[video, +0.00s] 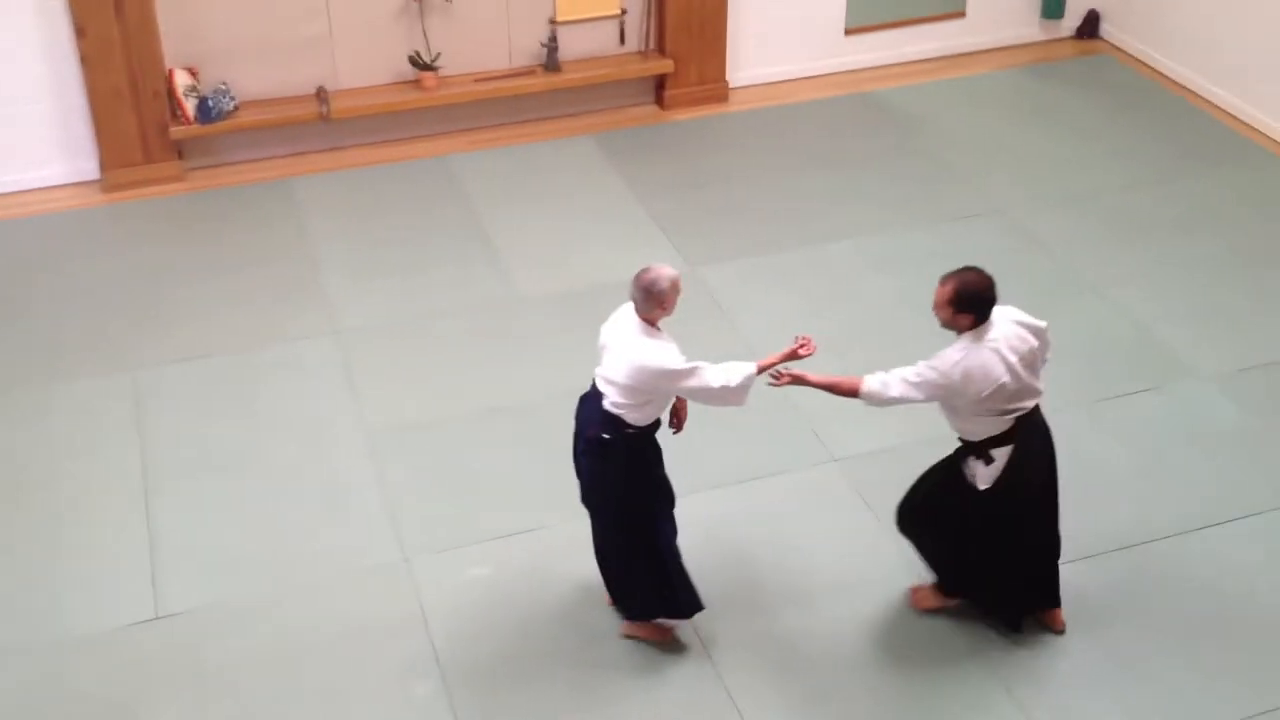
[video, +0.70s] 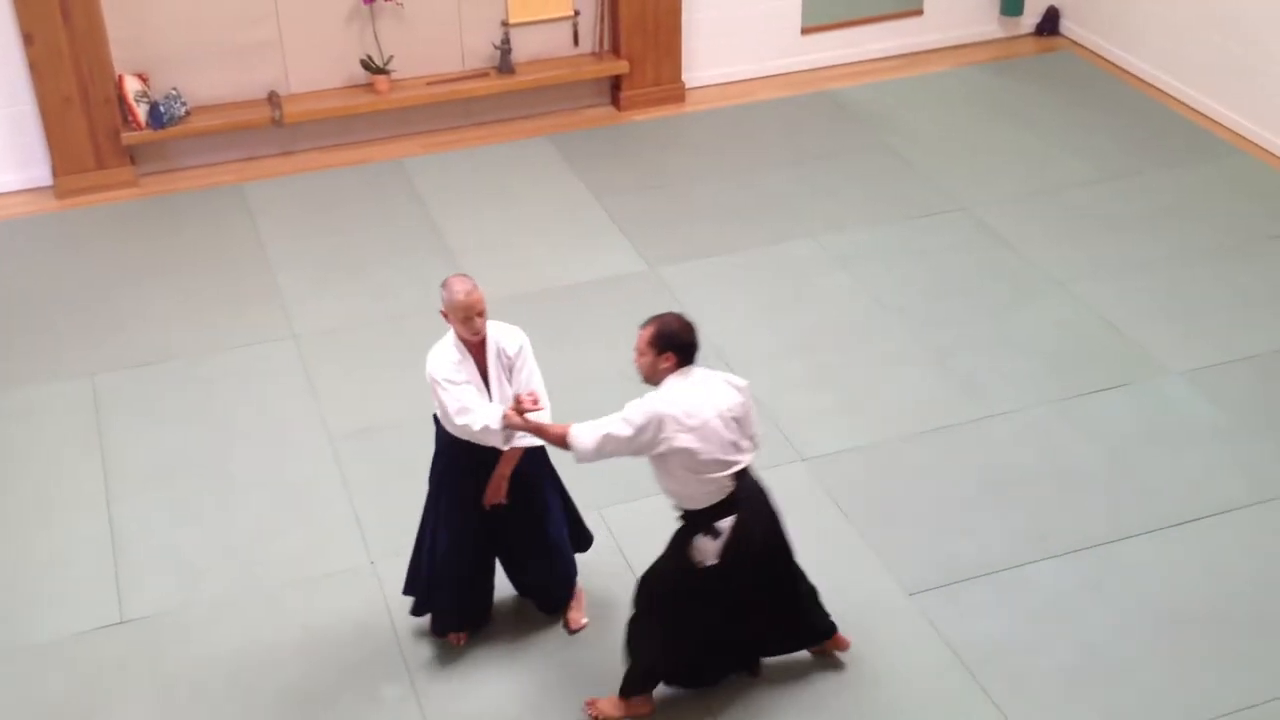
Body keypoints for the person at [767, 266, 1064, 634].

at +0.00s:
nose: (935, 303)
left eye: (941, 302)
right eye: (938, 297)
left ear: (964, 316)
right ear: (978, 311)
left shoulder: (955, 367)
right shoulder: (1012, 320)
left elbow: (877, 389)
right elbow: (1041, 345)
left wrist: (807, 379)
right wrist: (1019, 388)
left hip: (992, 460)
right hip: (1034, 438)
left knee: (915, 514)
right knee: (1036, 527)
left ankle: (954, 586)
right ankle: (1048, 605)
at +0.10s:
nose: (895, 312)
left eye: (901, 311)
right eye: (899, 306)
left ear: (920, 327)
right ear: (944, 317)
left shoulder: (909, 375)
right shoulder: (977, 333)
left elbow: (833, 385)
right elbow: (1015, 366)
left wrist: (761, 378)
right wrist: (981, 390)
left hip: (958, 470)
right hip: (1005, 447)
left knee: (879, 526)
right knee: (1016, 530)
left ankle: (869, 619)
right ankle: (1041, 608)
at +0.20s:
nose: (841, 327)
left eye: (847, 324)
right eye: (845, 321)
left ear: (866, 340)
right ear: (887, 329)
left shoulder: (853, 387)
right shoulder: (926, 343)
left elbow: (779, 392)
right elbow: (977, 375)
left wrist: (711, 377)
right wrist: (969, 397)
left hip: (908, 481)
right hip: (958, 457)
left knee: (839, 546)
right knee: (986, 529)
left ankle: (818, 646)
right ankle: (1027, 604)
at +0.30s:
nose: (785, 337)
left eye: (789, 334)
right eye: (788, 330)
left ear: (807, 351)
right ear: (832, 341)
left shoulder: (801, 401)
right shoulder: (871, 355)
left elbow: (732, 402)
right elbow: (920, 381)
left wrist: (674, 375)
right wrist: (949, 404)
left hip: (860, 498)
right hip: (909, 470)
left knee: (800, 556)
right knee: (943, 533)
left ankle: (798, 652)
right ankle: (997, 587)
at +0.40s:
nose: (740, 334)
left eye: (745, 331)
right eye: (743, 328)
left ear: (765, 344)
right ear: (790, 332)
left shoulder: (764, 396)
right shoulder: (830, 349)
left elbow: (694, 408)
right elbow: (879, 381)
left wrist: (634, 385)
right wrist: (908, 416)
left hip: (825, 491)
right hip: (868, 461)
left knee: (775, 569)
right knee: (884, 539)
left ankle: (784, 651)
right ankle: (917, 610)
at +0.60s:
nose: (675, 344)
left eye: (682, 339)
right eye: (678, 336)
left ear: (707, 350)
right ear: (718, 346)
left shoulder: (702, 402)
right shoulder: (769, 363)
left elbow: (628, 431)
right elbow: (808, 413)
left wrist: (565, 414)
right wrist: (786, 450)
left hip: (764, 509)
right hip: (802, 485)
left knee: (690, 572)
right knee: (803, 567)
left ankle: (700, 665)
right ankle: (837, 639)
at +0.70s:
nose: (635, 356)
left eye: (641, 350)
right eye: (637, 348)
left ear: (666, 358)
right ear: (681, 356)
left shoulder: (656, 409)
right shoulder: (727, 384)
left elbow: (585, 439)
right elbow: (749, 441)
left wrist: (527, 423)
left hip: (712, 529)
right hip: (753, 503)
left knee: (654, 596)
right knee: (780, 574)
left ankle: (635, 698)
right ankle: (825, 638)